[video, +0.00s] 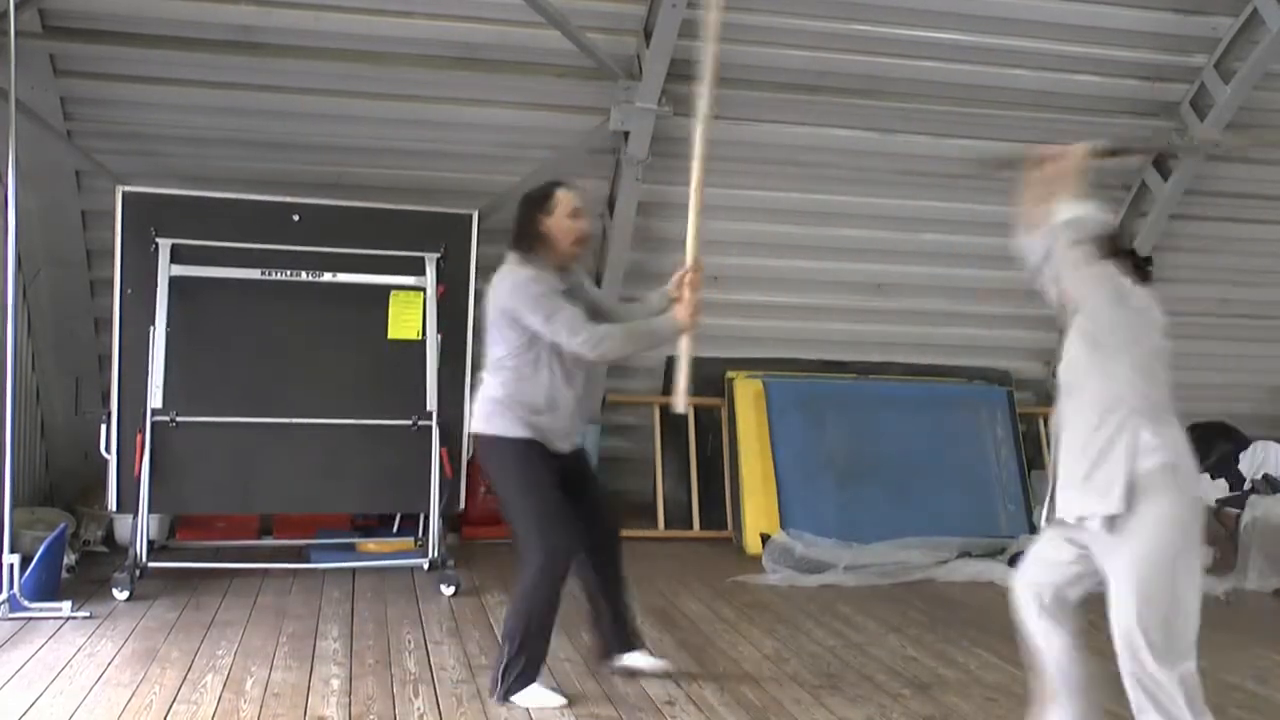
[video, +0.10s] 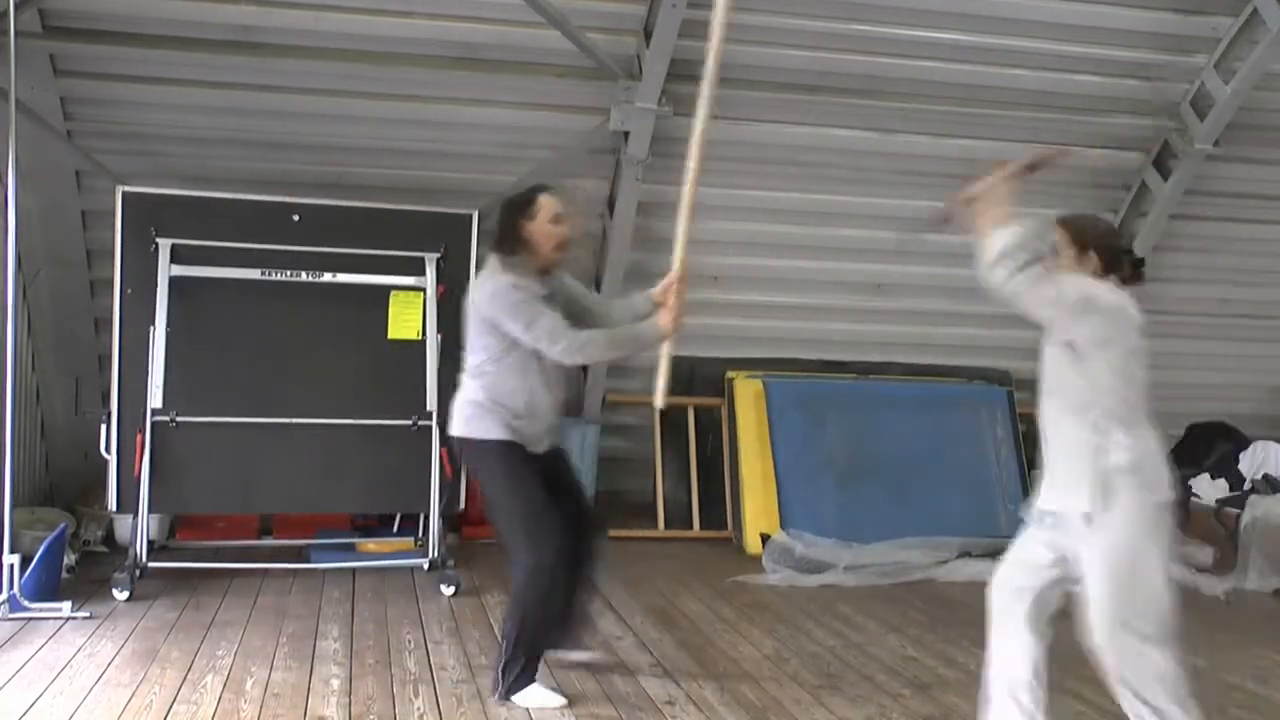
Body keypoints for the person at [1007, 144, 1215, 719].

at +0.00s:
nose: (1065, 281)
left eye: (1079, 265)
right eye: (1066, 271)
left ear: (1108, 264)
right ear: (1092, 270)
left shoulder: (1128, 308)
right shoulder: (1093, 318)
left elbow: (1080, 251)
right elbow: (1043, 255)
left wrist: (1069, 183)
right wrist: (1038, 189)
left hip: (1151, 502)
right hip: (1094, 505)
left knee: (1151, 655)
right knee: (1035, 585)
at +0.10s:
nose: (1053, 261)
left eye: (1062, 251)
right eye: (1054, 251)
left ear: (1094, 260)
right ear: (1090, 261)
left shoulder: (1107, 307)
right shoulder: (1077, 306)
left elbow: (1013, 277)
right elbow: (1016, 274)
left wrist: (997, 213)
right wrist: (989, 215)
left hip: (1120, 504)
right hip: (1065, 501)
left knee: (1123, 635)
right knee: (1011, 594)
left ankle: (1169, 712)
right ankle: (1013, 712)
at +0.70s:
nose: (914, 251)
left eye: (920, 241)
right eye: (917, 240)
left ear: (942, 245)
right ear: (973, 245)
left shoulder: (911, 292)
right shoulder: (1000, 299)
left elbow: (883, 265)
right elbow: (973, 270)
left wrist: (896, 234)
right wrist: (947, 215)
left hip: (934, 472)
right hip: (1002, 476)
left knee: (837, 589)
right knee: (984, 609)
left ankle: (835, 710)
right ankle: (1005, 713)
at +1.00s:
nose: (773, 293)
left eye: (776, 282)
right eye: (773, 282)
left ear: (795, 284)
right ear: (829, 281)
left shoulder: (786, 332)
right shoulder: (859, 333)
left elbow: (744, 399)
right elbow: (810, 426)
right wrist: (743, 426)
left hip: (850, 515)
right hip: (915, 508)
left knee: (744, 602)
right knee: (923, 619)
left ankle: (729, 712)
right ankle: (993, 712)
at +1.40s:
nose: (737, 256)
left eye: (741, 244)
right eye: (739, 244)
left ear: (766, 248)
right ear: (779, 248)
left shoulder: (796, 291)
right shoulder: (777, 296)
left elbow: (744, 346)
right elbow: (718, 343)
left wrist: (656, 354)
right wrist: (664, 379)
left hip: (833, 470)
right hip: (822, 469)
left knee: (758, 600)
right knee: (798, 602)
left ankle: (732, 710)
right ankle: (830, 710)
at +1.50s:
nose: (748, 253)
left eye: (753, 241)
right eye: (749, 242)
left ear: (779, 245)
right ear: (786, 245)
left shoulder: (806, 294)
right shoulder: (780, 296)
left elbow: (763, 373)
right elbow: (724, 339)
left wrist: (685, 362)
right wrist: (672, 375)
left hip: (837, 472)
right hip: (814, 468)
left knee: (764, 603)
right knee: (785, 604)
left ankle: (742, 711)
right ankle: (800, 711)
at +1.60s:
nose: (771, 252)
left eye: (776, 240)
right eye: (772, 241)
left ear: (803, 244)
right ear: (810, 246)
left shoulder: (825, 298)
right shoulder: (796, 297)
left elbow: (776, 394)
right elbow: (741, 334)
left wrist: (704, 396)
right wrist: (682, 367)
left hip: (843, 473)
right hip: (818, 469)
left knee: (761, 589)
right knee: (779, 594)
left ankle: (781, 711)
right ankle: (796, 708)